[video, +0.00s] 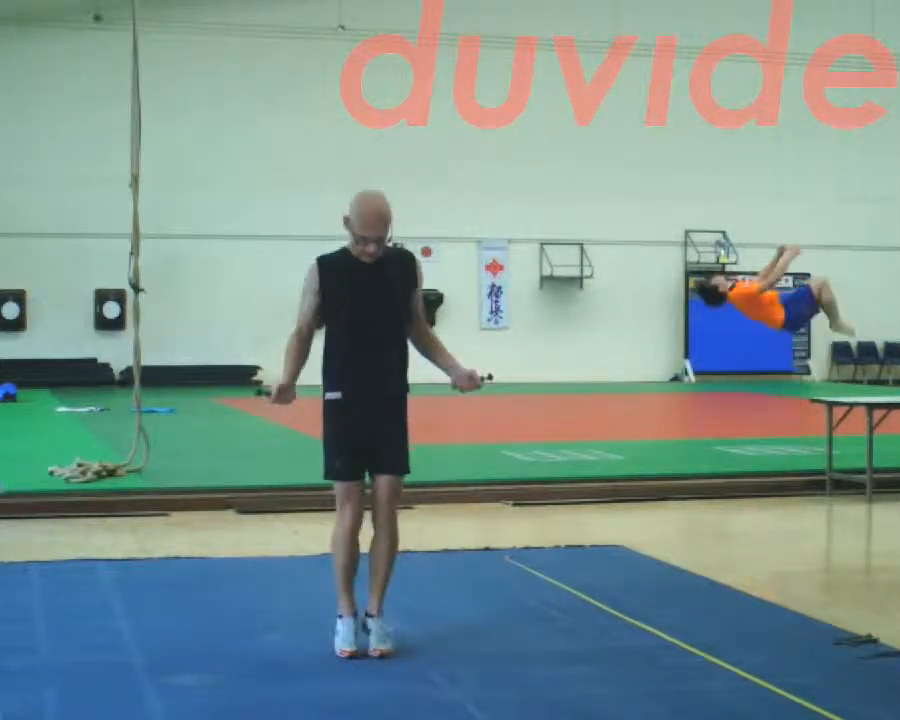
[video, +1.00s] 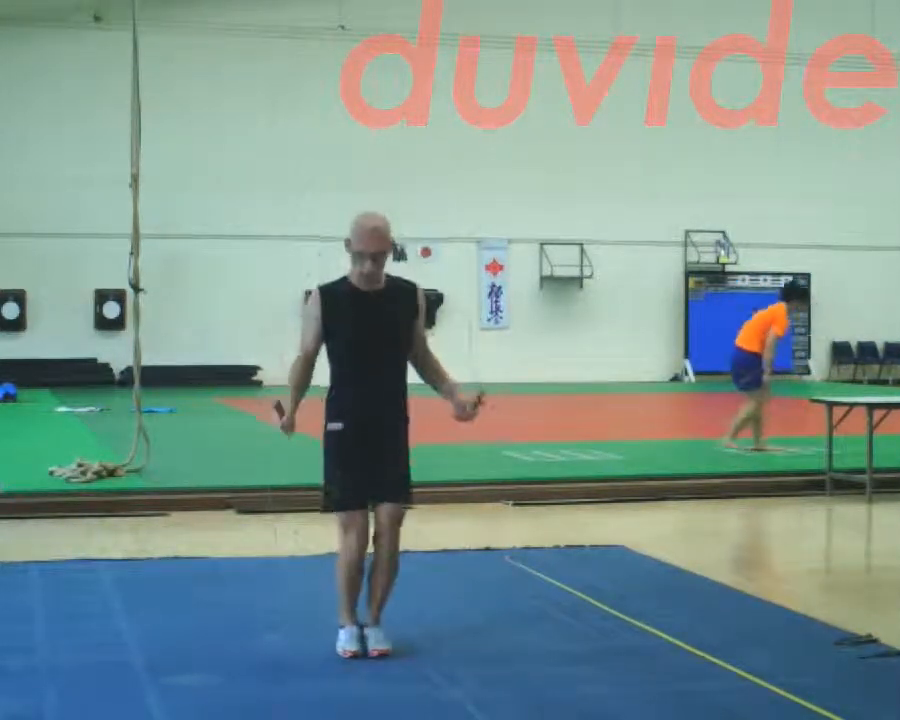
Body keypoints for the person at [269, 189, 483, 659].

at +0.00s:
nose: (371, 248)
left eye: (379, 240)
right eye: (363, 240)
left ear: (390, 228)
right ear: (347, 228)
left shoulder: (405, 266)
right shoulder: (325, 270)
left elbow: (419, 330)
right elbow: (303, 331)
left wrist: (455, 369)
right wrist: (288, 382)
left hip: (390, 400)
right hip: (343, 401)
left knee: (386, 505)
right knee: (350, 508)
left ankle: (375, 615)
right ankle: (346, 616)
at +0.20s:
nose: (371, 265)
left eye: (378, 257)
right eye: (362, 257)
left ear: (389, 246)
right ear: (346, 245)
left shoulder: (404, 283)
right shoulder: (324, 288)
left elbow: (420, 346)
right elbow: (299, 349)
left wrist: (454, 387)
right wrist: (279, 398)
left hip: (390, 410)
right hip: (345, 412)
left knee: (386, 512)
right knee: (351, 513)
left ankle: (373, 621)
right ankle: (346, 621)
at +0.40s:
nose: (374, 243)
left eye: (381, 235)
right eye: (365, 235)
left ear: (390, 224)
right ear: (349, 222)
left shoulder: (404, 262)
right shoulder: (325, 267)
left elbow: (415, 327)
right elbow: (305, 328)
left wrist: (446, 368)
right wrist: (287, 378)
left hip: (392, 396)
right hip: (345, 397)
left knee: (387, 503)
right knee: (350, 503)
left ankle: (377, 611)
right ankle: (346, 613)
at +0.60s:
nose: (372, 277)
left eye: (380, 267)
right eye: (363, 268)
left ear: (391, 256)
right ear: (347, 255)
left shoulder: (407, 297)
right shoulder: (324, 301)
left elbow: (418, 359)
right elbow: (305, 360)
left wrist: (450, 390)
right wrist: (290, 404)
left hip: (390, 425)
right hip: (344, 426)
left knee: (388, 525)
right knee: (357, 530)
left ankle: (373, 623)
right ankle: (346, 625)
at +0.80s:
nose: (373, 235)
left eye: (381, 226)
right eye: (364, 227)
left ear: (391, 217)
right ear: (349, 214)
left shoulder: (406, 257)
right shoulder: (326, 261)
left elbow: (414, 322)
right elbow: (307, 324)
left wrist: (446, 365)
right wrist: (287, 375)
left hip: (392, 390)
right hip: (347, 391)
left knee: (387, 497)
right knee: (352, 499)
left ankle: (376, 606)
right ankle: (348, 606)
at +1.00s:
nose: (371, 267)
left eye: (379, 257)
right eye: (362, 257)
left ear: (391, 251)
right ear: (347, 251)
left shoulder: (410, 296)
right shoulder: (323, 300)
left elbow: (420, 354)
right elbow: (306, 357)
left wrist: (454, 394)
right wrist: (291, 403)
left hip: (392, 424)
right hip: (345, 425)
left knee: (389, 525)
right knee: (354, 529)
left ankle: (373, 623)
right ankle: (348, 624)